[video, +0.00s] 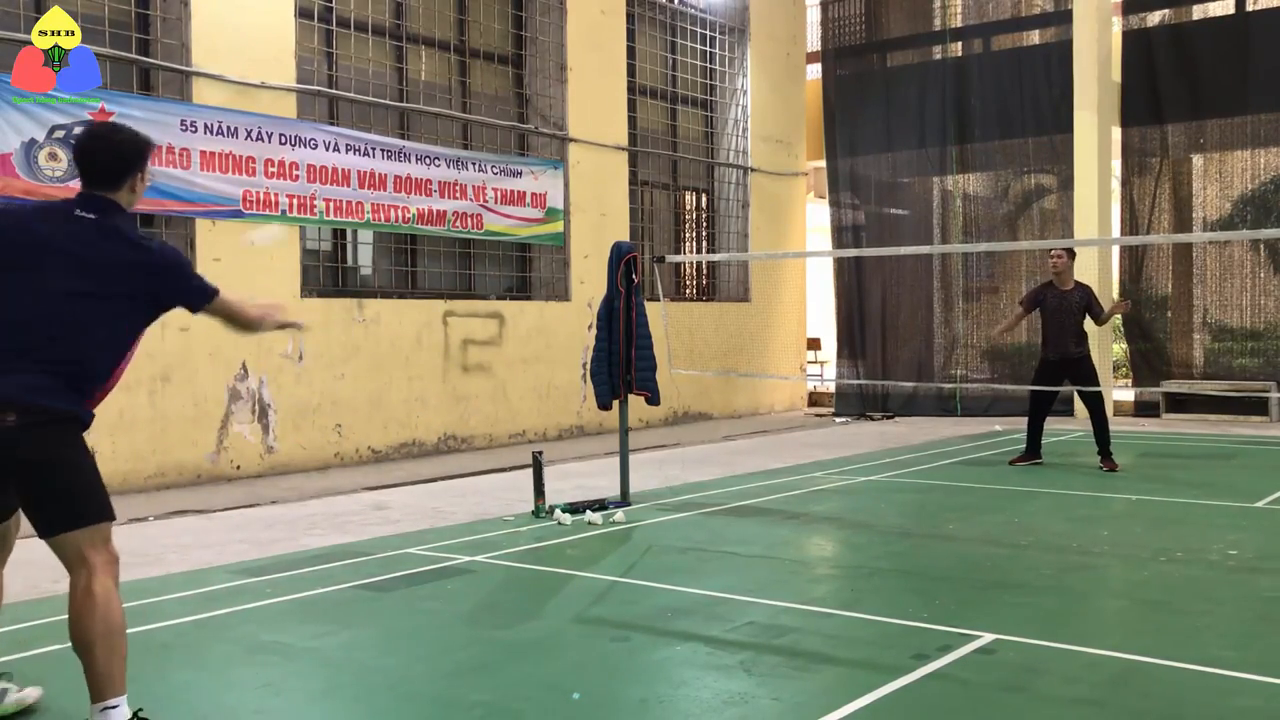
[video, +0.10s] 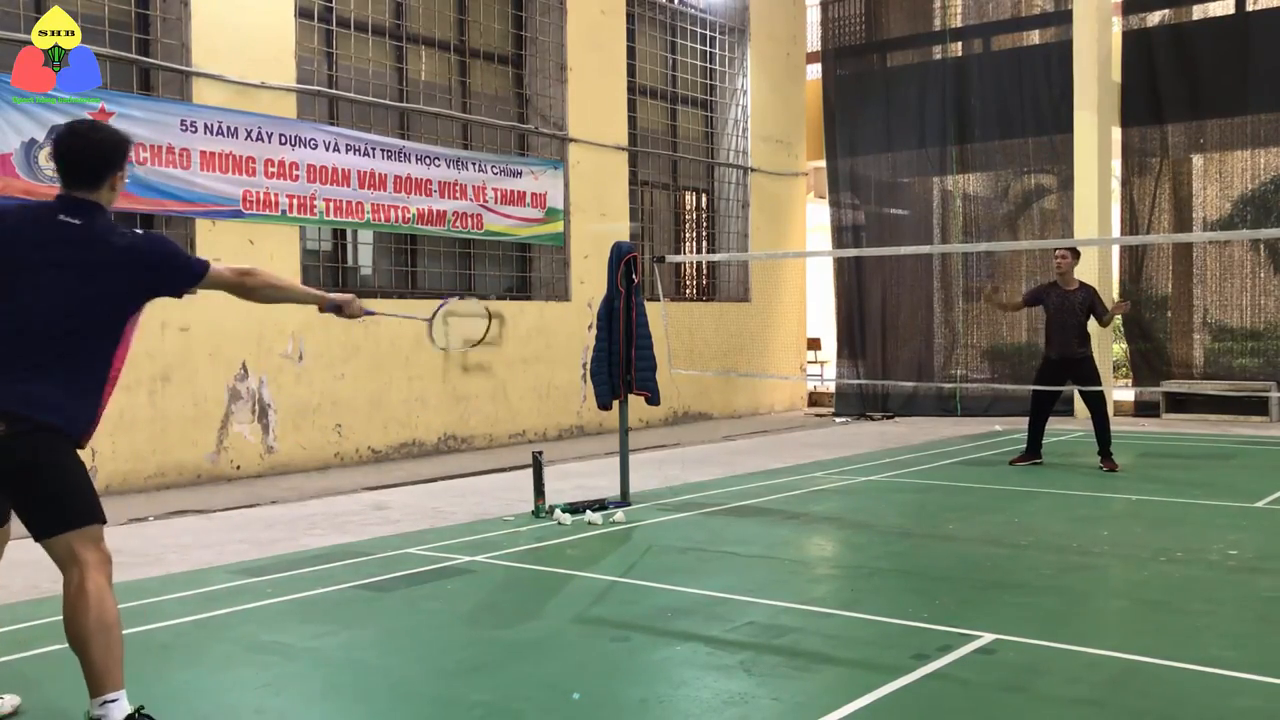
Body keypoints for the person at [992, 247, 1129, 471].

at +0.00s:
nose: (1053, 261)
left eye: (1059, 257)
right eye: (1051, 257)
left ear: (1071, 261)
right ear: (1048, 262)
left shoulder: (1083, 291)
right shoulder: (1042, 291)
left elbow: (1099, 321)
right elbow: (1017, 316)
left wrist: (1112, 311)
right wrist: (998, 330)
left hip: (1079, 360)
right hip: (1050, 360)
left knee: (1096, 406)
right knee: (1037, 406)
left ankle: (1106, 456)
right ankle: (1032, 452)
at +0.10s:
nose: (1058, 261)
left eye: (1063, 257)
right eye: (1056, 258)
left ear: (1074, 262)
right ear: (1054, 262)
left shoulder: (1087, 292)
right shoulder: (1046, 290)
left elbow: (1103, 322)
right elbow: (1016, 305)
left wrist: (1112, 312)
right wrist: (997, 302)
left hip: (1082, 360)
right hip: (1053, 360)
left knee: (1098, 408)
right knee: (1039, 407)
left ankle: (1106, 456)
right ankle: (1032, 452)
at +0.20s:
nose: (1059, 261)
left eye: (1064, 258)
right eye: (1057, 258)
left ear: (1076, 262)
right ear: (1054, 262)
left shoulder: (1089, 292)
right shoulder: (1048, 290)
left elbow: (1105, 323)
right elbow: (1013, 295)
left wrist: (1112, 312)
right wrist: (1006, 274)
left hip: (1083, 361)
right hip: (1055, 360)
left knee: (1100, 407)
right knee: (1035, 401)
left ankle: (1106, 456)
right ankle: (1032, 449)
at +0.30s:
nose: (1056, 261)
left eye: (1062, 258)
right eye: (1055, 258)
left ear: (1074, 262)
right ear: (1052, 262)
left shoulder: (1088, 291)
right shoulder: (1047, 290)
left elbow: (1103, 322)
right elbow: (1013, 296)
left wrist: (1109, 311)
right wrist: (1011, 269)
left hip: (1082, 360)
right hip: (1053, 359)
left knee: (1097, 408)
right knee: (1032, 400)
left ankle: (1106, 456)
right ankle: (1031, 449)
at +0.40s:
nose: (1047, 263)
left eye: (1052, 259)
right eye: (1046, 259)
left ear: (1067, 262)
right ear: (1046, 264)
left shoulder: (1084, 291)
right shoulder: (1043, 292)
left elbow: (1098, 322)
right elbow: (1022, 315)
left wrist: (1102, 308)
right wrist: (1013, 293)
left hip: (1079, 361)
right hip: (1050, 361)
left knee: (1095, 408)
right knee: (1032, 402)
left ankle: (1105, 456)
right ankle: (1030, 452)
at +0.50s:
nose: (1036, 266)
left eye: (1041, 262)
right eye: (1035, 263)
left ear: (1055, 263)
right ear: (1035, 267)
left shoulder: (1077, 290)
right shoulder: (1037, 295)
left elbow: (1092, 319)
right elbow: (1029, 318)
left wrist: (1095, 306)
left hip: (1074, 359)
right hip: (1046, 359)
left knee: (1091, 406)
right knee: (1029, 401)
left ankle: (1105, 455)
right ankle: (1030, 453)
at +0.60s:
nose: (1032, 266)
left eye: (1036, 261)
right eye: (1029, 263)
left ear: (1049, 262)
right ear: (1028, 268)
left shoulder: (1069, 288)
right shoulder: (1030, 299)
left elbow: (1087, 314)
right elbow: (1035, 327)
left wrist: (1097, 305)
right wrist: (1041, 353)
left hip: (1070, 357)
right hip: (1043, 358)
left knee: (1087, 403)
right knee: (1028, 402)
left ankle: (1100, 454)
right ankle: (1030, 453)